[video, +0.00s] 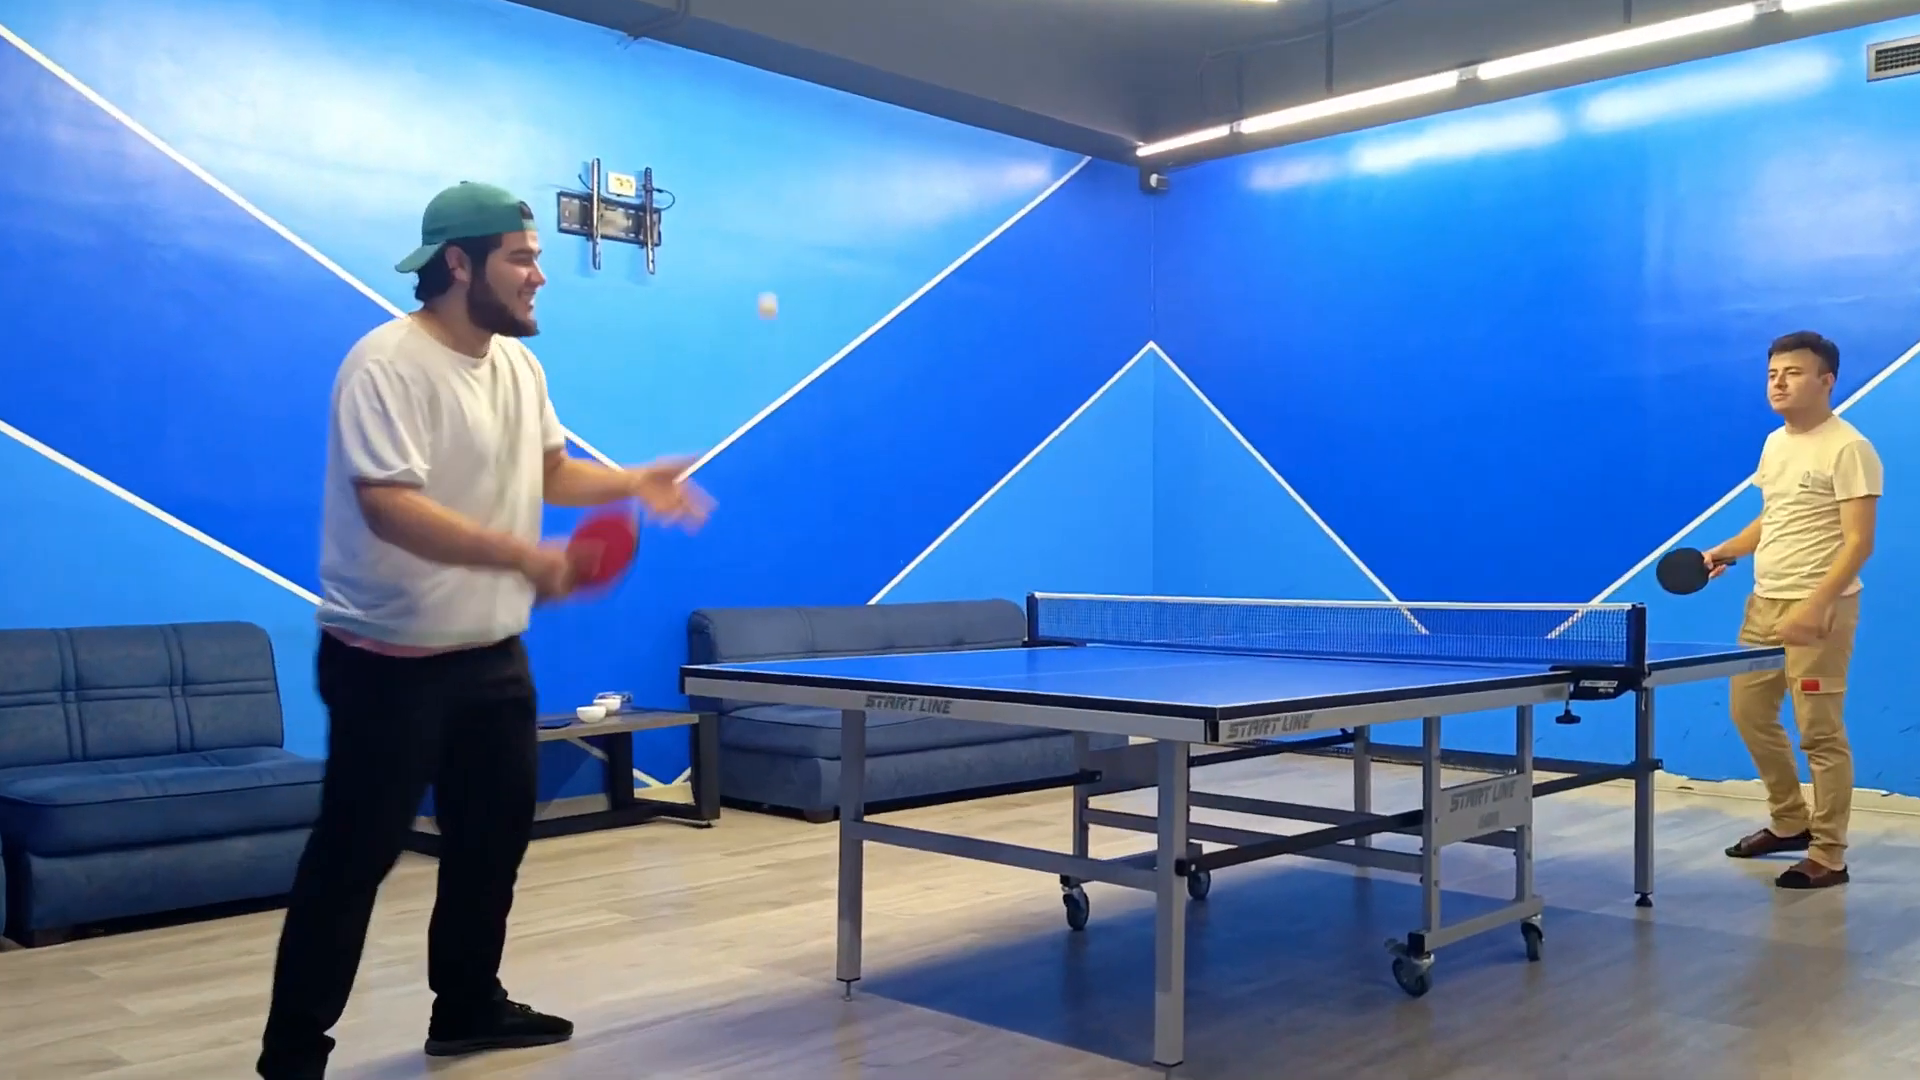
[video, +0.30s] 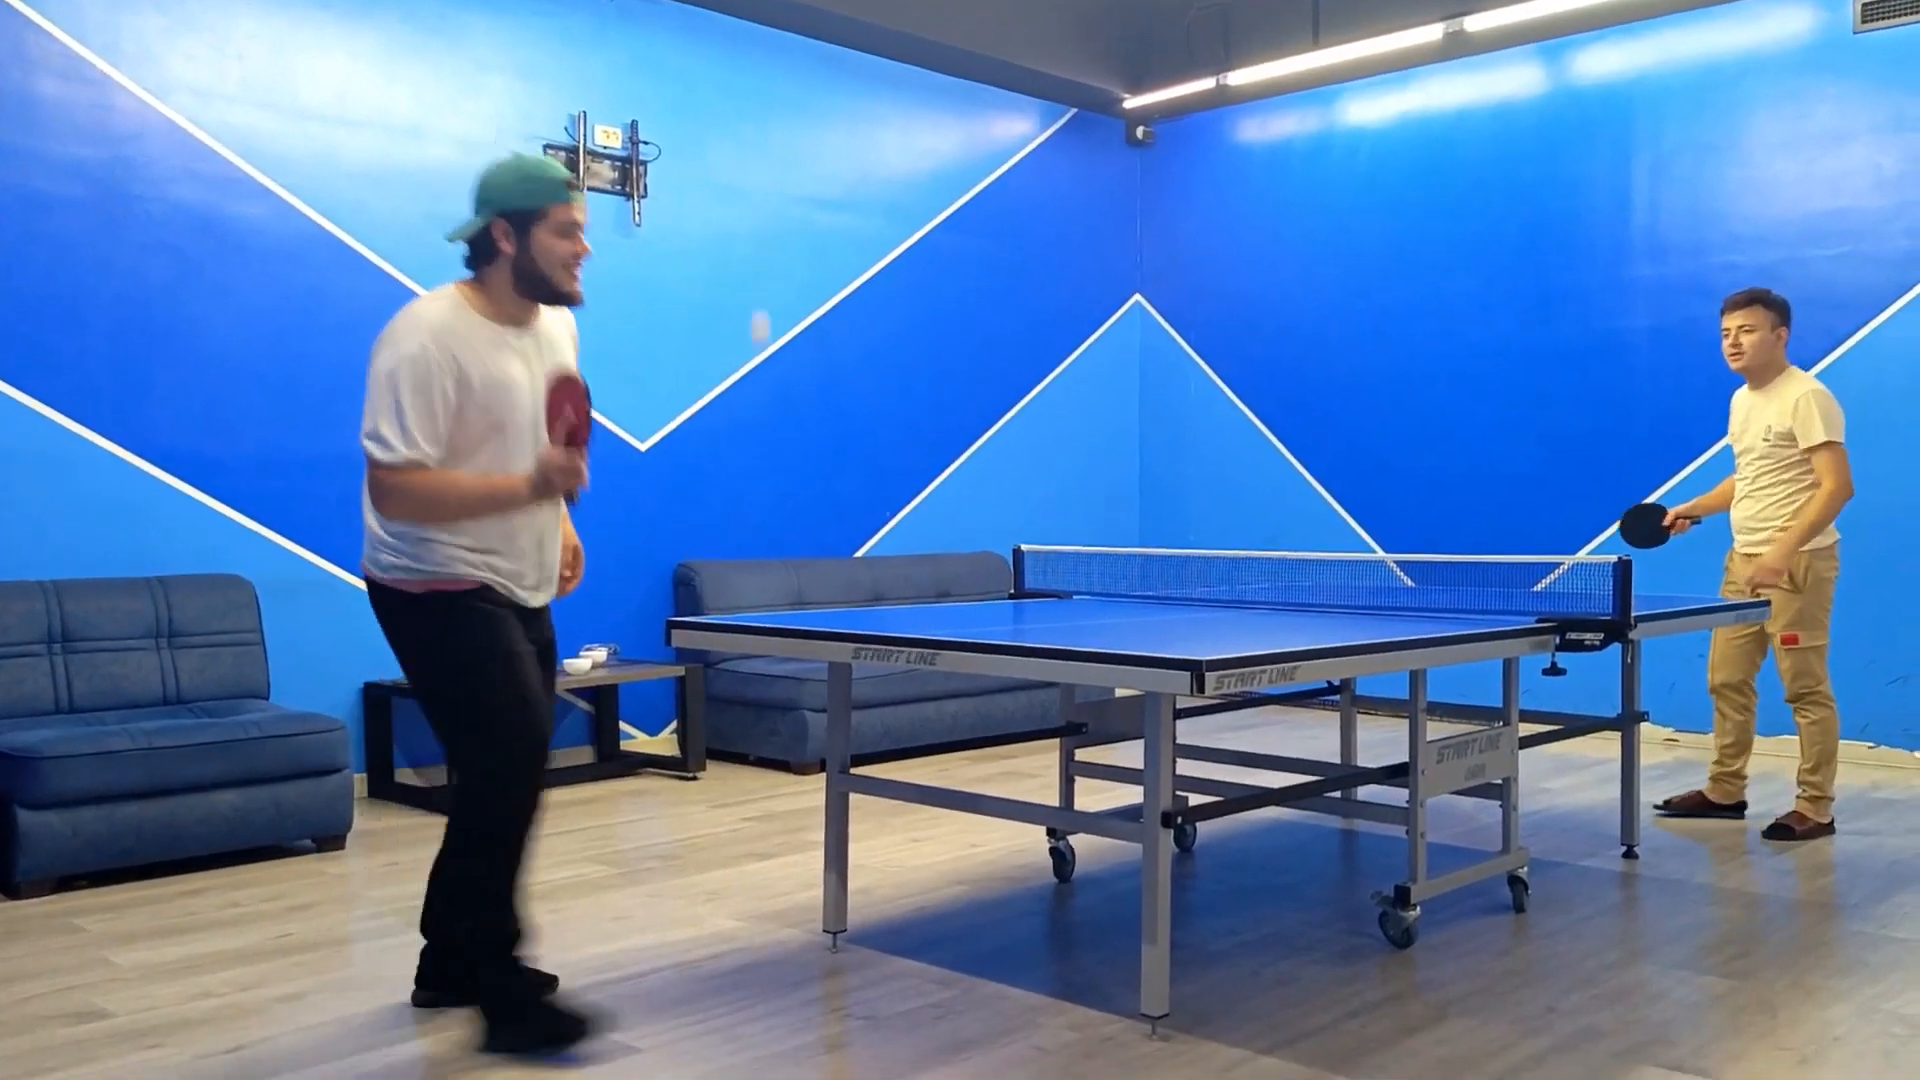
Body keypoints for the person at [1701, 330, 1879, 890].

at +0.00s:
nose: (1779, 382)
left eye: (1792, 373)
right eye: (1773, 374)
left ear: (1826, 382)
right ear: (1770, 383)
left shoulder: (1849, 448)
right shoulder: (1776, 443)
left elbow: (1860, 542)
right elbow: (1772, 519)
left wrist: (1816, 604)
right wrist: (1727, 550)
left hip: (1821, 609)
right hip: (1766, 604)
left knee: (1820, 732)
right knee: (1751, 712)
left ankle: (1828, 856)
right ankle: (1791, 823)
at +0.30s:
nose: (1733, 342)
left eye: (1746, 331)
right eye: (1727, 334)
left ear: (1781, 336)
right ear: (1724, 342)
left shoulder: (1808, 397)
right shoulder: (1742, 400)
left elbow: (1837, 486)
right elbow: (1747, 479)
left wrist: (1782, 551)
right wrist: (1692, 510)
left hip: (1801, 562)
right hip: (1745, 560)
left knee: (1806, 688)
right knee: (1728, 679)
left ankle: (1814, 808)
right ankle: (1725, 793)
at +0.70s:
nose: (1522, 355)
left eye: (1533, 344)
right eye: (1515, 347)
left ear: (1567, 344)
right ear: (1511, 353)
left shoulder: (1613, 384)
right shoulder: (1525, 416)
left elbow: (1695, 414)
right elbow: (1520, 491)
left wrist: (1683, 483)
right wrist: (1475, 514)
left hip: (1629, 554)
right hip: (1567, 561)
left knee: (1634, 679)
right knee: (1534, 666)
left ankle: (1671, 814)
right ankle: (1558, 788)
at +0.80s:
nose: (1514, 379)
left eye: (1524, 366)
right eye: (1506, 372)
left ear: (1557, 364)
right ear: (1504, 379)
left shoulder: (1609, 407)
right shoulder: (1524, 437)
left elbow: (1688, 455)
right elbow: (1536, 513)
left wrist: (1641, 496)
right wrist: (1484, 537)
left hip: (1638, 568)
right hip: (1577, 576)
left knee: (1641, 682)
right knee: (1521, 667)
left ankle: (1686, 824)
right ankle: (1553, 786)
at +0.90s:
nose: (1503, 417)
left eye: (1511, 403)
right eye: (1496, 409)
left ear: (1547, 395)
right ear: (1497, 413)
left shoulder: (1597, 431)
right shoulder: (1543, 460)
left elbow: (1656, 497)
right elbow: (1582, 533)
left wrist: (1566, 507)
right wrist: (1535, 575)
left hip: (1643, 582)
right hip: (1587, 589)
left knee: (1627, 685)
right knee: (1515, 678)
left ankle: (1688, 826)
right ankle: (1553, 787)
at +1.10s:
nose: (1507, 471)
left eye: (1513, 458)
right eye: (1504, 461)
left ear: (1549, 450)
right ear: (1544, 455)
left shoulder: (1583, 469)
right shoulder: (1564, 490)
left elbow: (1592, 494)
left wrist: (1510, 496)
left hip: (1649, 625)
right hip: (1602, 622)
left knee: (1592, 724)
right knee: (1509, 683)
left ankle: (1706, 830)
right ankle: (1554, 791)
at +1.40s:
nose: (1575, 405)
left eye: (1585, 394)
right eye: (1570, 397)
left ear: (1618, 392)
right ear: (1573, 402)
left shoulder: (1662, 420)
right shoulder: (1604, 450)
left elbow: (1742, 412)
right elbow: (1592, 498)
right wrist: (1544, 469)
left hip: (1683, 574)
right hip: (1630, 578)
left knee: (1689, 679)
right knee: (1578, 666)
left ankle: (1734, 803)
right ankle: (1592, 773)